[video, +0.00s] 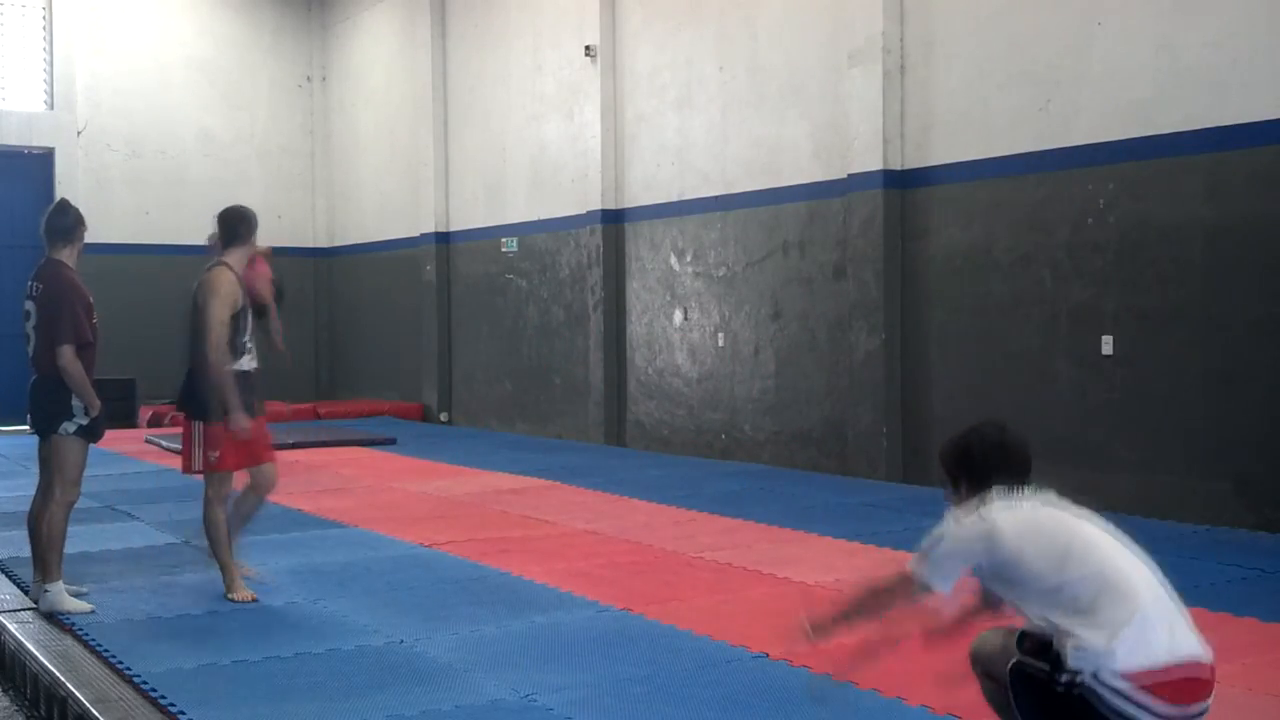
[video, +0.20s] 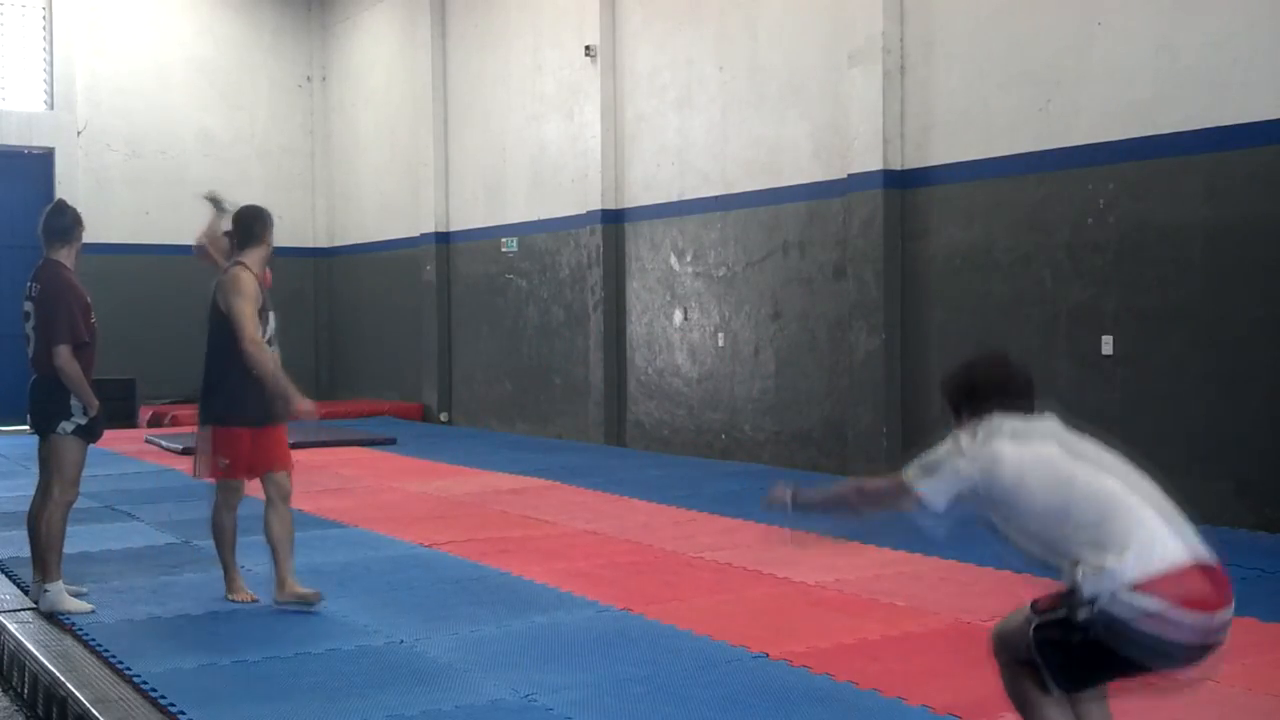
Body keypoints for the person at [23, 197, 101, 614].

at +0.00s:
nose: (87, 236)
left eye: (83, 230)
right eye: (86, 231)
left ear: (49, 235)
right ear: (82, 234)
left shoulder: (41, 276)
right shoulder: (66, 285)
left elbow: (40, 346)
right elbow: (65, 356)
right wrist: (93, 403)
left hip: (46, 392)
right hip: (66, 396)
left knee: (47, 489)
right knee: (64, 494)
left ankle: (44, 579)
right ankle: (51, 589)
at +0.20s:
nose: (84, 236)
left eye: (80, 231)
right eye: (84, 231)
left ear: (45, 235)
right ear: (79, 235)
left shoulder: (40, 277)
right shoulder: (63, 285)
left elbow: (41, 347)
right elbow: (62, 357)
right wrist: (92, 402)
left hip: (46, 392)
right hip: (65, 396)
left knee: (47, 489)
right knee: (62, 495)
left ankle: (43, 579)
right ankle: (51, 589)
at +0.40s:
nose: (83, 235)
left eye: (79, 229)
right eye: (82, 230)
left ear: (45, 235)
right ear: (78, 234)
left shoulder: (41, 277)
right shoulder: (60, 284)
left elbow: (41, 349)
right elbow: (59, 356)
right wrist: (89, 400)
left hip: (48, 393)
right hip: (64, 397)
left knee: (47, 491)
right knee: (61, 495)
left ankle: (43, 579)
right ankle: (51, 589)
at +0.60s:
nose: (84, 236)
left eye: (80, 230)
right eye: (83, 231)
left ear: (46, 235)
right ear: (79, 234)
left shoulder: (41, 278)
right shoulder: (60, 284)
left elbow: (41, 350)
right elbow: (58, 355)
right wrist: (89, 401)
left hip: (48, 394)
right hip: (63, 398)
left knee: (47, 492)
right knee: (60, 496)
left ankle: (43, 579)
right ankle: (50, 589)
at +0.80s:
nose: (86, 238)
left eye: (83, 232)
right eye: (85, 233)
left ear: (49, 235)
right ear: (80, 235)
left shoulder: (42, 278)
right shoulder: (59, 284)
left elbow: (39, 349)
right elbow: (55, 355)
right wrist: (87, 400)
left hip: (48, 393)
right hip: (62, 397)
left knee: (47, 492)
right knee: (62, 496)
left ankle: (43, 579)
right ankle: (51, 588)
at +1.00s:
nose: (95, 241)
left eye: (96, 234)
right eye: (90, 233)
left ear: (69, 237)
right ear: (65, 235)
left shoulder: (62, 277)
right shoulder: (50, 282)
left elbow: (56, 345)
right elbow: (39, 352)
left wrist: (79, 389)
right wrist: (82, 397)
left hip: (59, 392)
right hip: (57, 395)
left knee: (50, 489)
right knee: (82, 487)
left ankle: (43, 580)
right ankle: (53, 582)